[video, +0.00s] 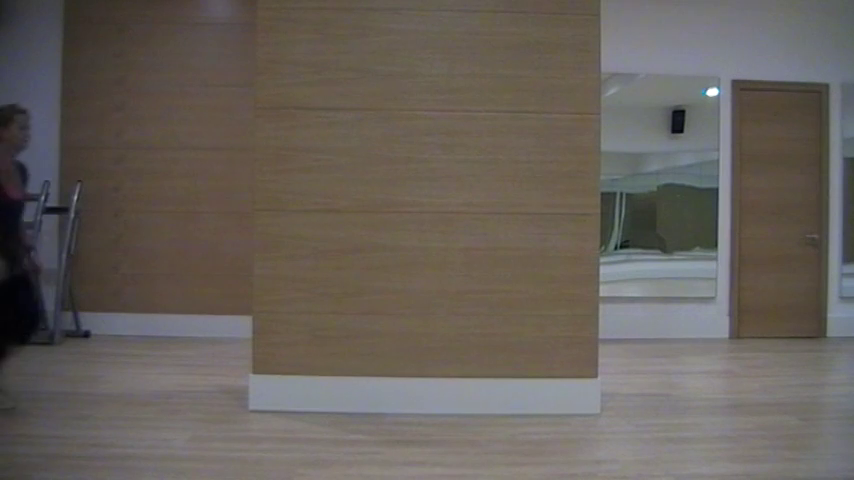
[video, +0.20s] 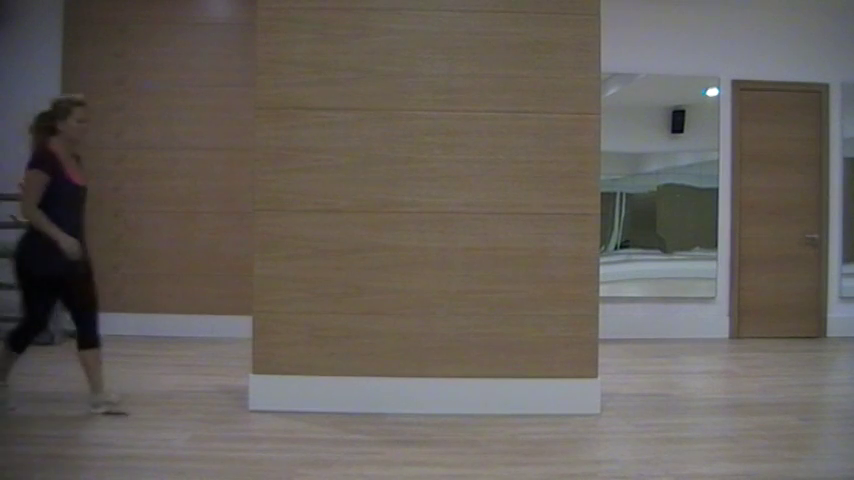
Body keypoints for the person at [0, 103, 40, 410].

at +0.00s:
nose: (27, 134)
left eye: (28, 128)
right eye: (21, 128)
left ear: (23, 132)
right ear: (4, 130)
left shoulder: (19, 170)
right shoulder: (3, 170)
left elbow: (14, 220)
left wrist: (27, 254)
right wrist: (17, 254)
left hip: (13, 255)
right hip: (0, 256)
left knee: (26, 315)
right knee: (14, 316)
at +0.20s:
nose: (84, 128)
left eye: (85, 122)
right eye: (79, 122)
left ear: (74, 125)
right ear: (60, 123)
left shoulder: (73, 159)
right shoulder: (44, 157)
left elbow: (68, 207)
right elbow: (28, 208)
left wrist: (77, 241)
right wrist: (62, 239)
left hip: (71, 250)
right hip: (41, 251)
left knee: (87, 317)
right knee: (34, 321)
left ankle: (98, 394)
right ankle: (2, 376)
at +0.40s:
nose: (136, 125)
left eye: (138, 120)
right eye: (130, 119)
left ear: (136, 124)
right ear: (111, 122)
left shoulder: (136, 161)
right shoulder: (92, 158)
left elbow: (133, 211)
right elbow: (74, 206)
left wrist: (140, 247)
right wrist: (90, 246)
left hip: (131, 253)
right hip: (100, 253)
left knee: (126, 321)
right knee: (123, 319)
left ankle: (105, 394)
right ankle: (102, 394)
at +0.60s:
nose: (188, 128)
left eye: (190, 122)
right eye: (182, 122)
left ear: (190, 126)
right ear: (161, 124)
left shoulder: (189, 165)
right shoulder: (144, 163)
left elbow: (198, 213)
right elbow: (121, 210)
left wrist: (227, 238)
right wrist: (121, 258)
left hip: (186, 263)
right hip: (157, 262)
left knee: (169, 327)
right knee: (188, 325)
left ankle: (124, 382)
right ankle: (205, 408)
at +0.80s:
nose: (240, 124)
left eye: (242, 119)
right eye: (233, 118)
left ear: (243, 123)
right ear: (213, 120)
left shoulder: (235, 160)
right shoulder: (199, 159)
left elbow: (235, 213)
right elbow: (187, 215)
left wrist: (254, 236)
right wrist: (186, 266)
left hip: (239, 260)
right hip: (211, 262)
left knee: (264, 323)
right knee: (219, 330)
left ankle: (235, 394)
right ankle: (209, 408)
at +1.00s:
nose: (290, 127)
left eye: (293, 121)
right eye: (283, 120)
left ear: (294, 125)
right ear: (263, 123)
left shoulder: (283, 163)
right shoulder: (254, 161)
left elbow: (283, 216)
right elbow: (244, 214)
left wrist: (294, 251)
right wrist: (280, 251)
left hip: (291, 263)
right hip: (260, 265)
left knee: (316, 334)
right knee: (249, 337)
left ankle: (338, 412)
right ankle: (214, 407)